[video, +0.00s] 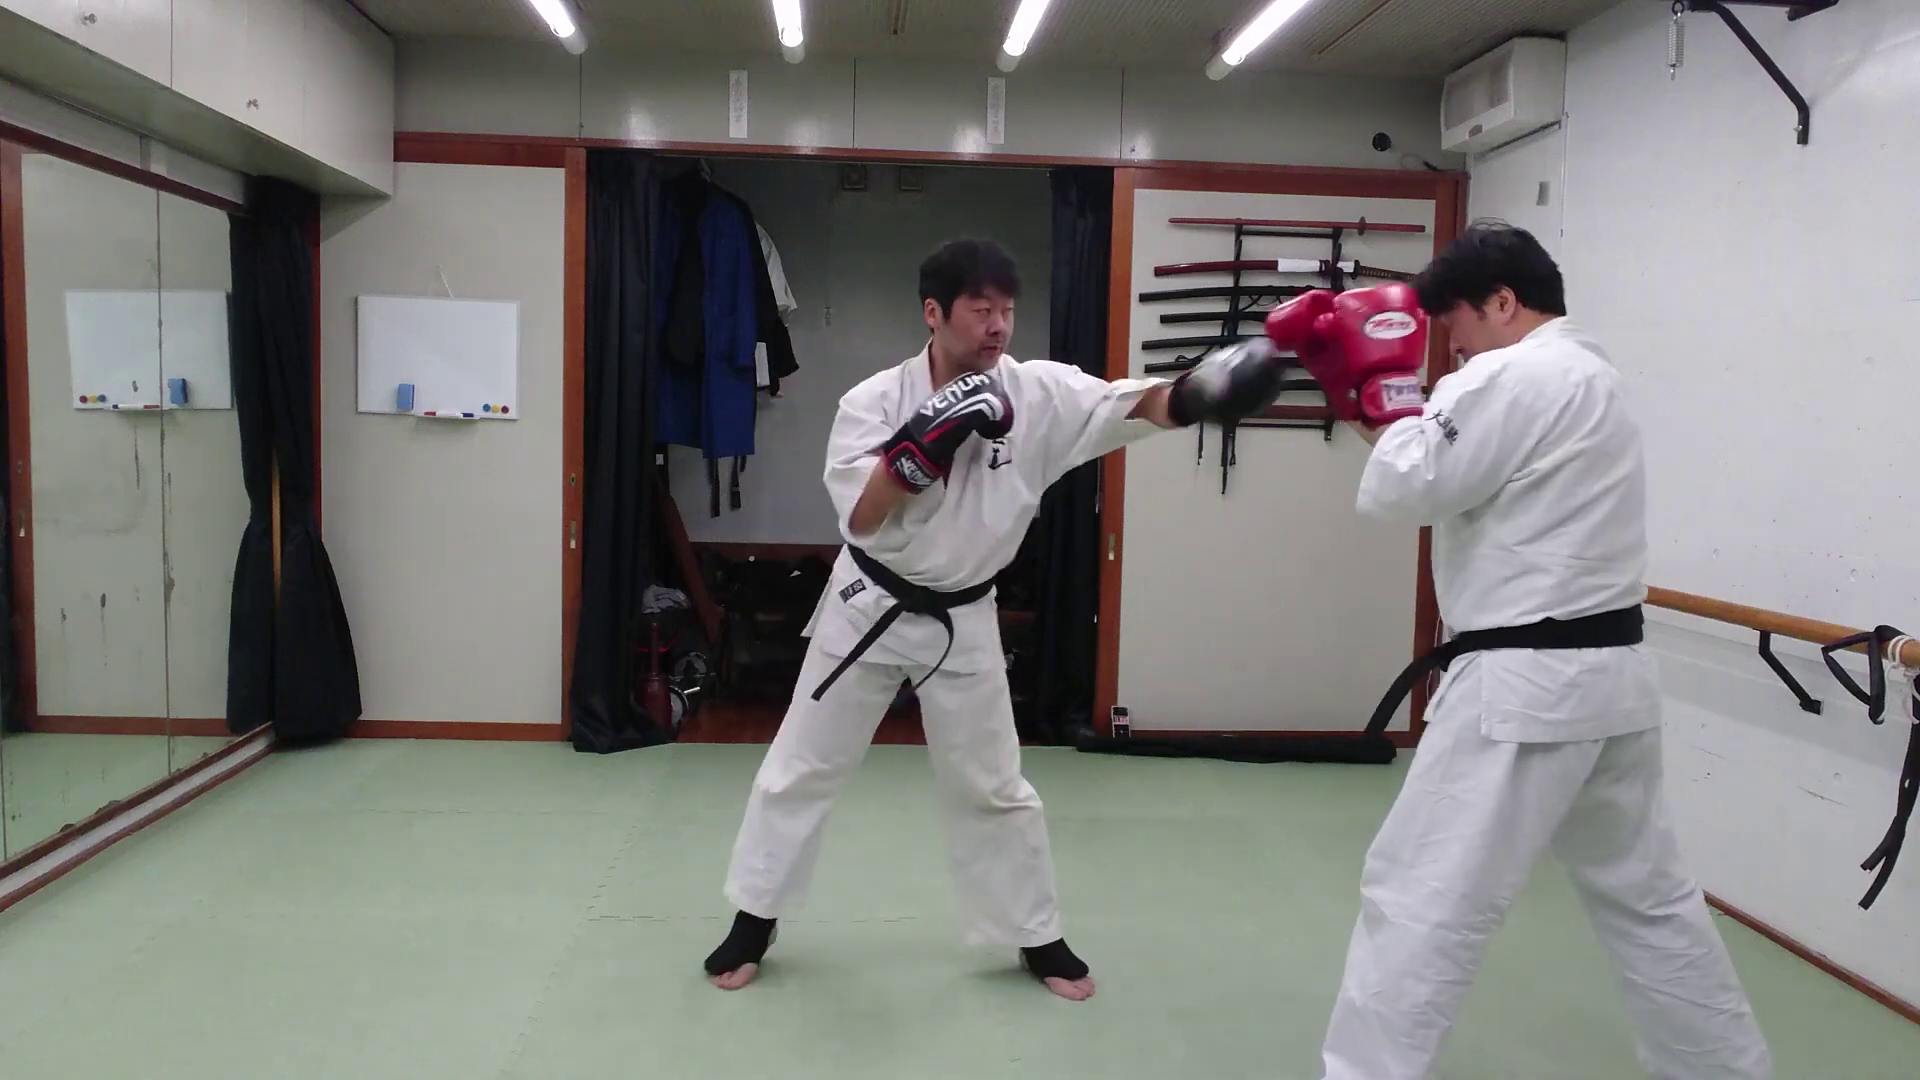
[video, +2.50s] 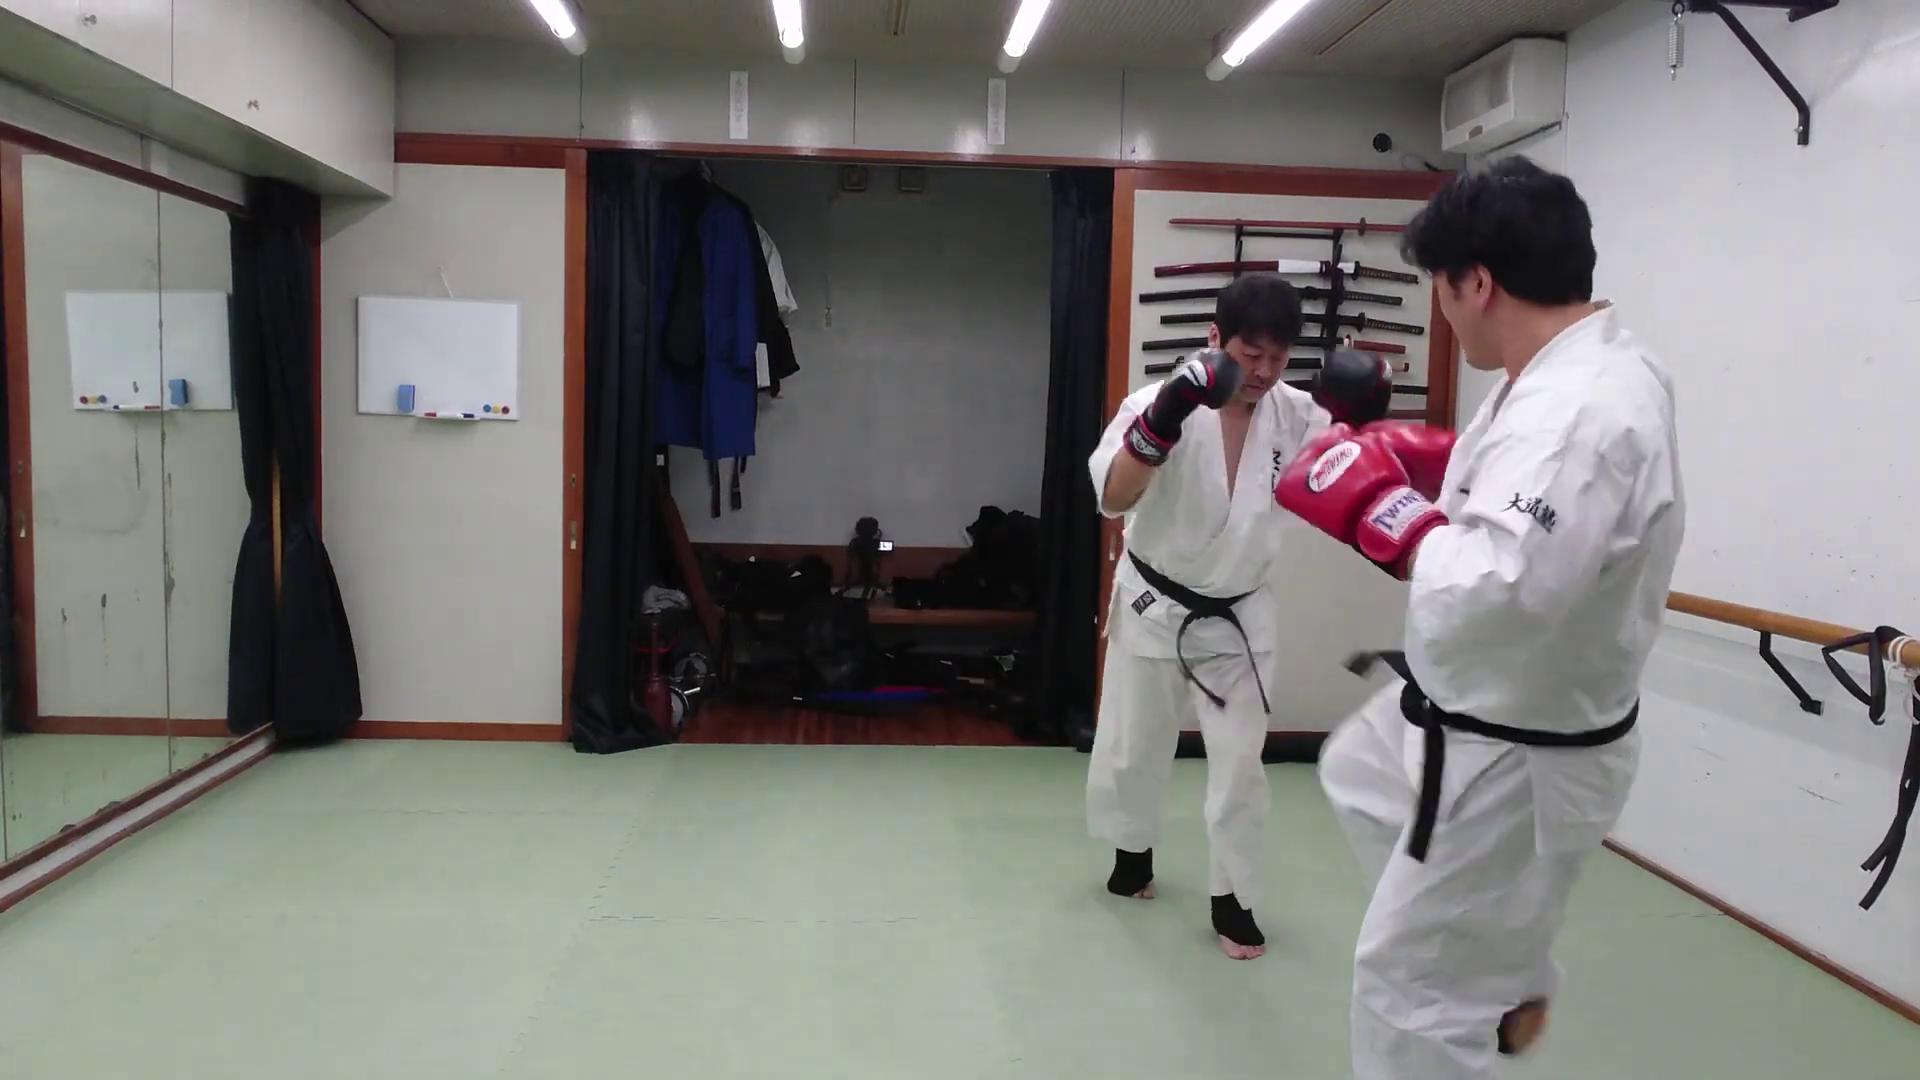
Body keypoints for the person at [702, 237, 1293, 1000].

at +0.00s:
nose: (998, 326)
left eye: (1006, 311)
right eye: (981, 309)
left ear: (1012, 315)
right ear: (934, 312)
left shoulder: (1040, 390)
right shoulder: (875, 403)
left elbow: (1137, 404)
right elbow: (861, 518)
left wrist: (1215, 386)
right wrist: (925, 441)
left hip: (968, 617)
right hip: (868, 604)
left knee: (996, 788)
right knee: (801, 767)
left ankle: (1040, 938)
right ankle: (754, 919)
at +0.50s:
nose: (996, 340)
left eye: (1003, 326)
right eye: (985, 321)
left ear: (1002, 327)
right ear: (936, 311)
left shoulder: (1001, 401)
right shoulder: (862, 391)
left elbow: (1019, 501)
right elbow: (873, 500)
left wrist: (1058, 456)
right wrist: (939, 428)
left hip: (963, 604)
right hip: (867, 599)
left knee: (998, 762)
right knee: (825, 762)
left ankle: (1017, 897)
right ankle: (801, 897)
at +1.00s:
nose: (967, 354)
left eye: (976, 340)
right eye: (952, 339)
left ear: (985, 342)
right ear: (906, 337)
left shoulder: (1006, 407)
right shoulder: (857, 425)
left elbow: (1058, 485)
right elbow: (880, 537)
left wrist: (1082, 519)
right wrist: (938, 462)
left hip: (994, 612)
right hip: (892, 615)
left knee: (1048, 766)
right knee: (834, 771)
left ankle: (1094, 931)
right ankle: (802, 903)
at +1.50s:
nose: (1050, 366)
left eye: (1058, 353)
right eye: (1037, 349)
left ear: (1063, 361)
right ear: (988, 349)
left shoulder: (1074, 440)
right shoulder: (930, 437)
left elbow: (1119, 557)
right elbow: (955, 542)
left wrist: (1147, 521)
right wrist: (1023, 452)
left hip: (1054, 640)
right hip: (950, 640)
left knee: (1108, 789)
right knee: (892, 800)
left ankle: (1126, 966)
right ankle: (861, 911)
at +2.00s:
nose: (1189, 337)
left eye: (1200, 321)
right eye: (1170, 321)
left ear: (1212, 328)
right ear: (1132, 328)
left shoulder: (1240, 409)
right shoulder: (1082, 415)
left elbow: (1338, 493)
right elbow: (1036, 526)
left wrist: (1329, 437)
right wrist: (1084, 468)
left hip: (1182, 630)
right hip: (1088, 620)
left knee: (1202, 804)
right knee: (1045, 756)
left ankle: (1249, 980)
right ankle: (1035, 862)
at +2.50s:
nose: (1263, 369)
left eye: (1277, 356)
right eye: (1251, 352)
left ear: (1290, 352)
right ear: (1218, 340)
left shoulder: (1293, 412)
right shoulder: (1162, 403)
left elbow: (1351, 470)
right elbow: (1114, 498)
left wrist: (1362, 413)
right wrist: (1166, 418)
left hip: (1241, 607)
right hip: (1152, 599)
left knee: (1241, 762)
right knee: (1136, 743)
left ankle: (1232, 899)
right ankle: (1133, 852)